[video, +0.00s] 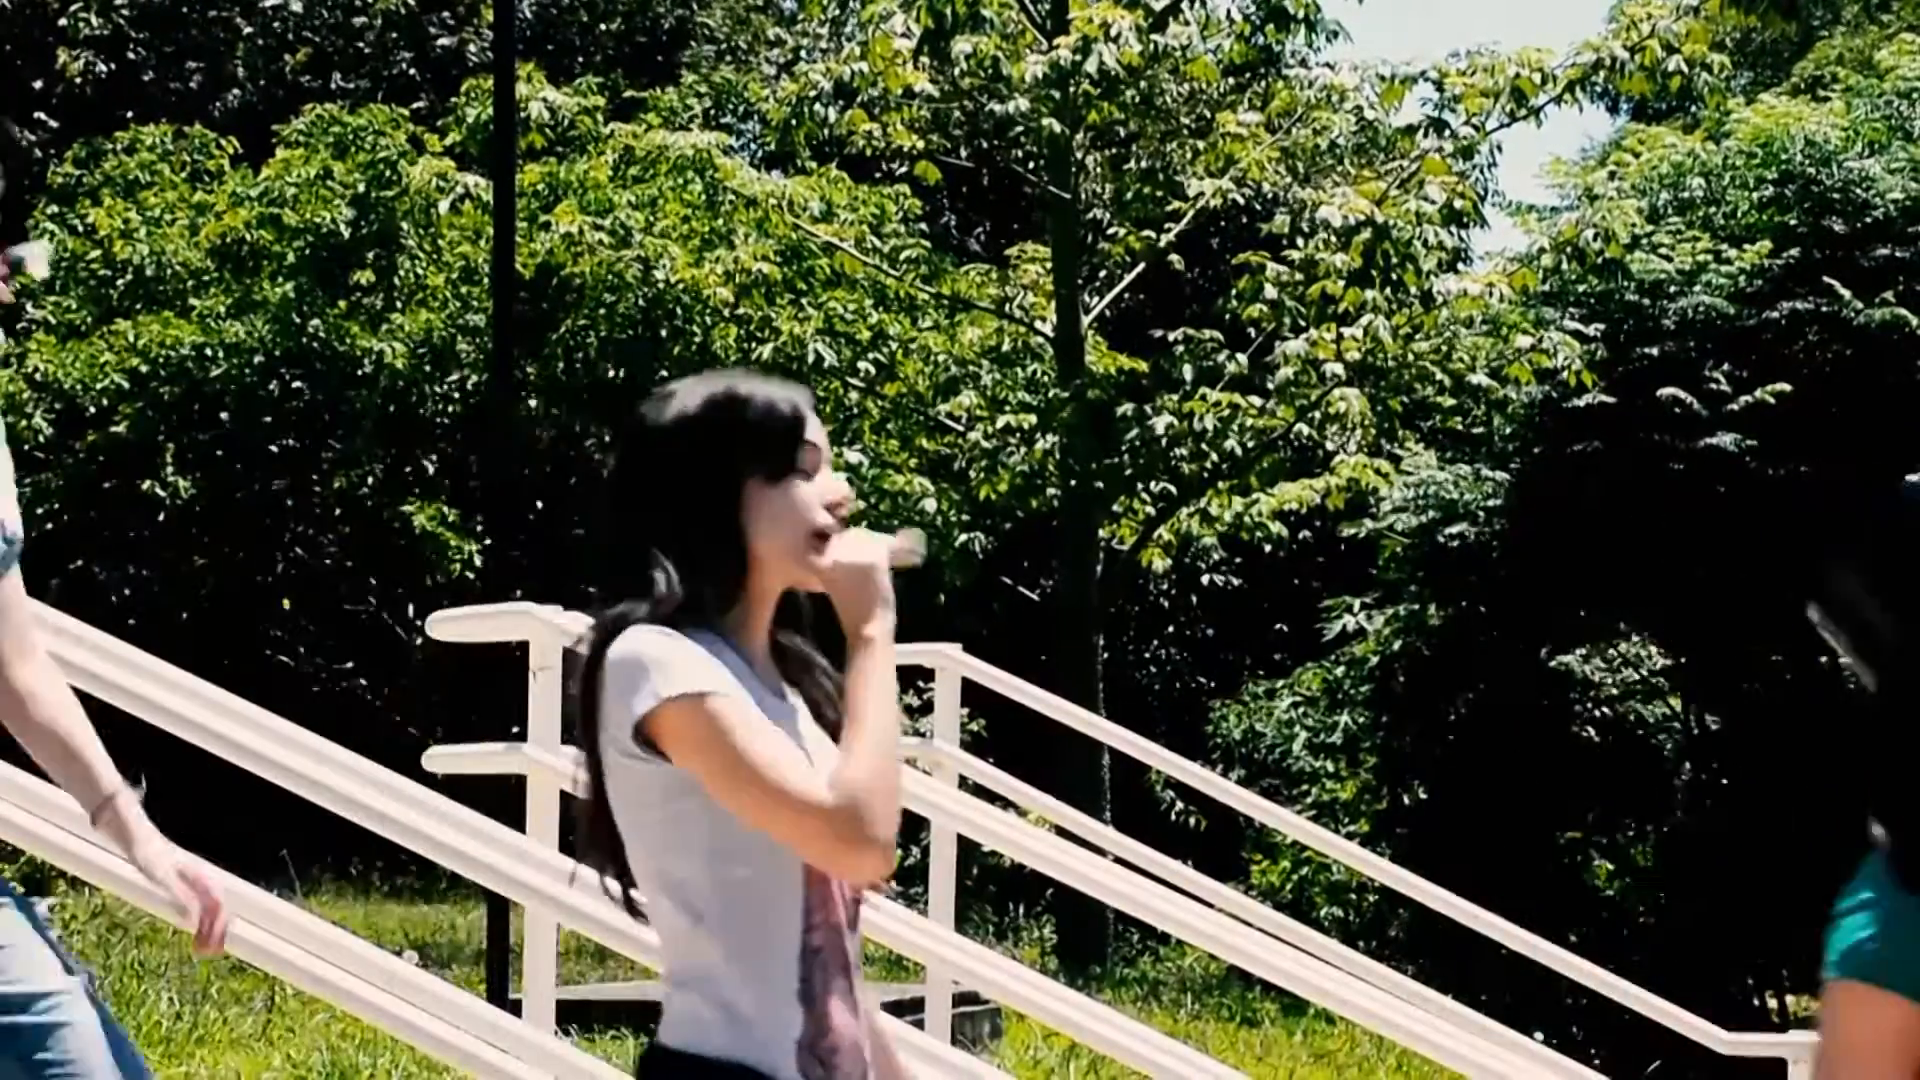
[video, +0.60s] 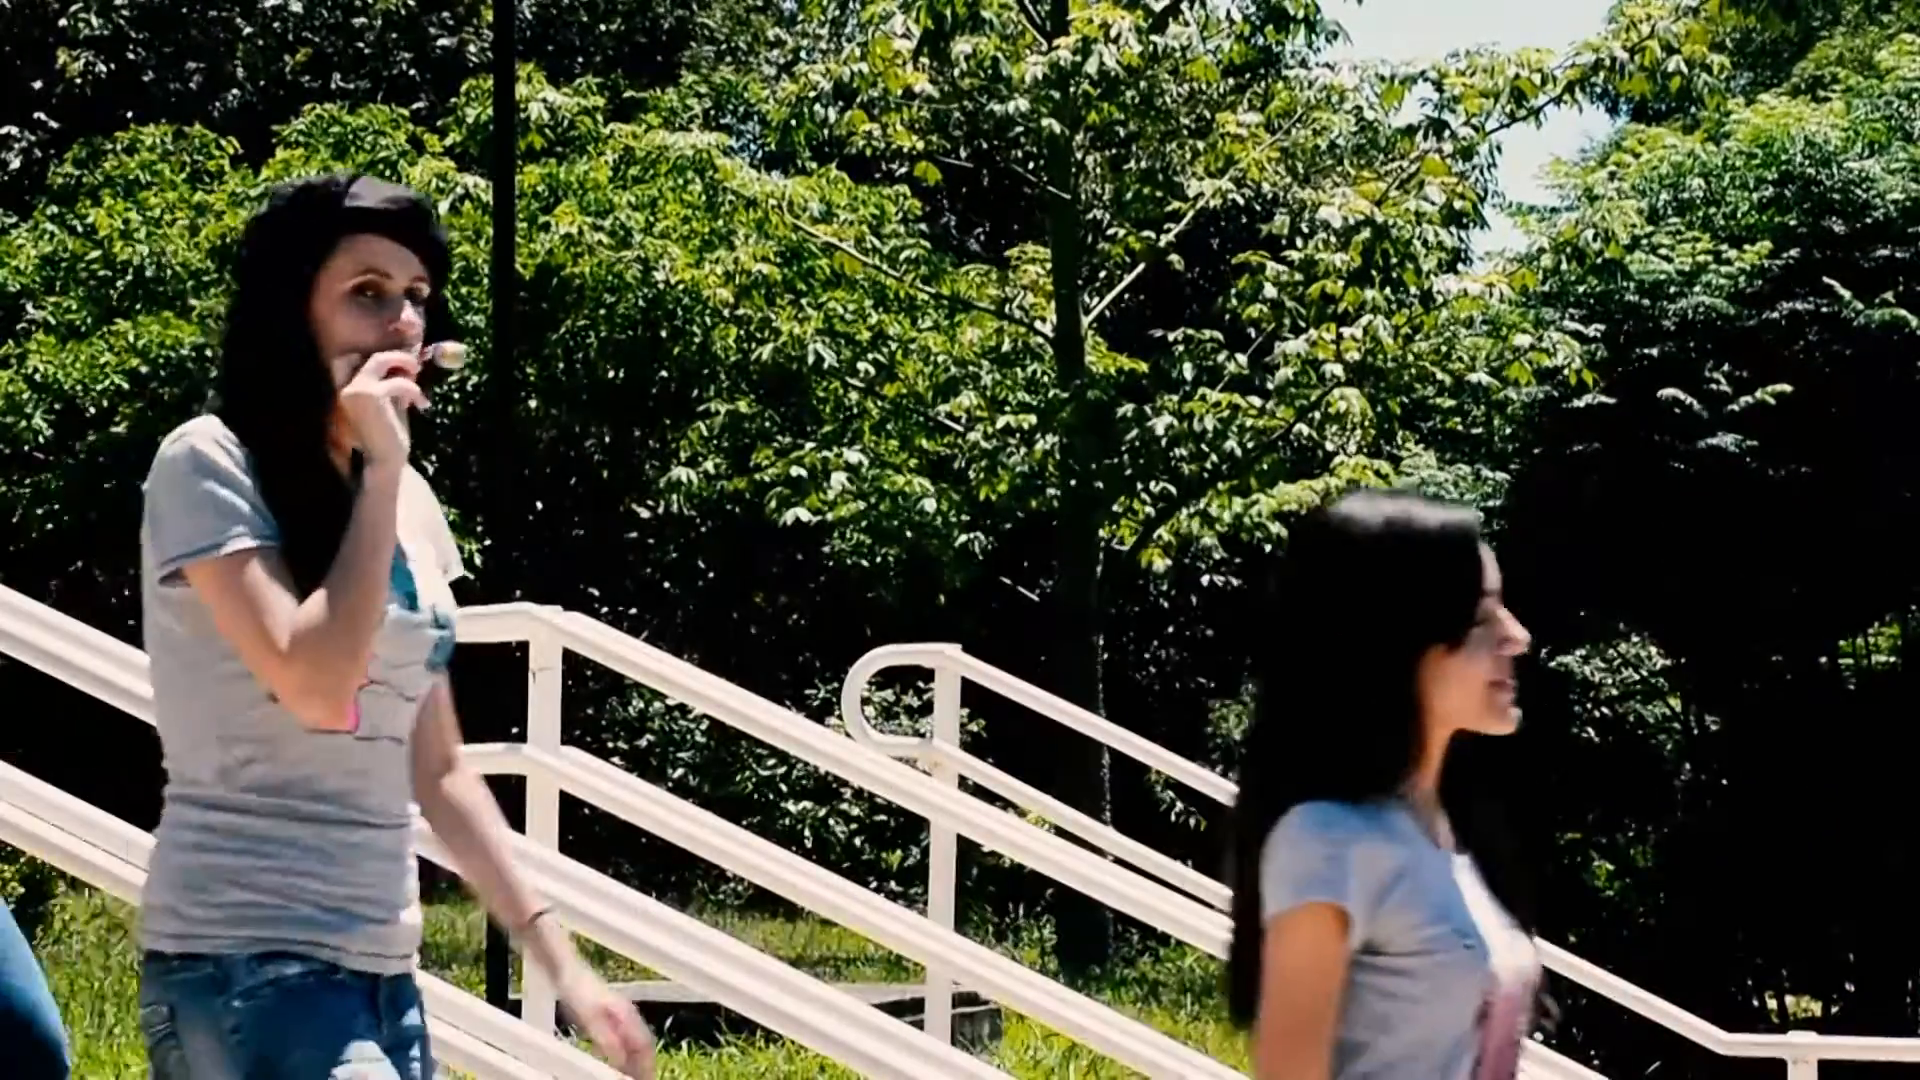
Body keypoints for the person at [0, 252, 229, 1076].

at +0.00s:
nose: (9, 290)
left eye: (14, 271)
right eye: (6, 271)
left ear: (18, 275)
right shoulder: (0, 458)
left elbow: (21, 655)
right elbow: (21, 656)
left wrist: (125, 816)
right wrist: (123, 819)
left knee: (97, 1065)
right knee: (83, 1063)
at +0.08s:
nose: (58, 251)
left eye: (70, 226)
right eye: (26, 216)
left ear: (79, 238)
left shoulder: (27, 412)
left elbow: (41, 687)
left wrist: (106, 907)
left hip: (2, 880)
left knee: (103, 1066)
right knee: (90, 1060)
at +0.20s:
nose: (145, 264)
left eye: (161, 239)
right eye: (117, 230)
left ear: (169, 246)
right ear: (30, 229)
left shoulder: (103, 405)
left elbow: (62, 649)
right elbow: (17, 588)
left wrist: (81, 849)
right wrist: (97, 370)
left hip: (87, 886)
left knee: (149, 1068)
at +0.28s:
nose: (210, 285)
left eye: (223, 261)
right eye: (180, 250)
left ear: (230, 271)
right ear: (88, 241)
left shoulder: (178, 428)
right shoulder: (10, 377)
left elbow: (139, 672)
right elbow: (76, 600)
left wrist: (163, 863)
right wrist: (158, 392)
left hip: (167, 911)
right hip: (36, 907)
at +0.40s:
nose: (294, 342)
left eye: (304, 318)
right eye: (263, 309)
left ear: (313, 329)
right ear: (174, 311)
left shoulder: (250, 494)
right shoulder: (77, 458)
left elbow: (228, 738)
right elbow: (171, 701)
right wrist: (264, 488)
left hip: (258, 973)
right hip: (118, 975)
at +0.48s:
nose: (343, 354)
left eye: (356, 330)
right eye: (310, 321)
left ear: (368, 344)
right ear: (227, 325)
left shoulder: (311, 511)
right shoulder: (134, 476)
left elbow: (293, 762)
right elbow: (240, 719)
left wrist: (322, 926)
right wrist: (321, 501)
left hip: (315, 984)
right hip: (172, 991)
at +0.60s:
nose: (405, 323)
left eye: (418, 297)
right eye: (367, 293)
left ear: (433, 315)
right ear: (289, 311)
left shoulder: (411, 502)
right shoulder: (205, 461)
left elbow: (441, 770)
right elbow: (317, 686)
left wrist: (568, 970)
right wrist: (383, 469)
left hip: (382, 971)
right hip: (248, 967)